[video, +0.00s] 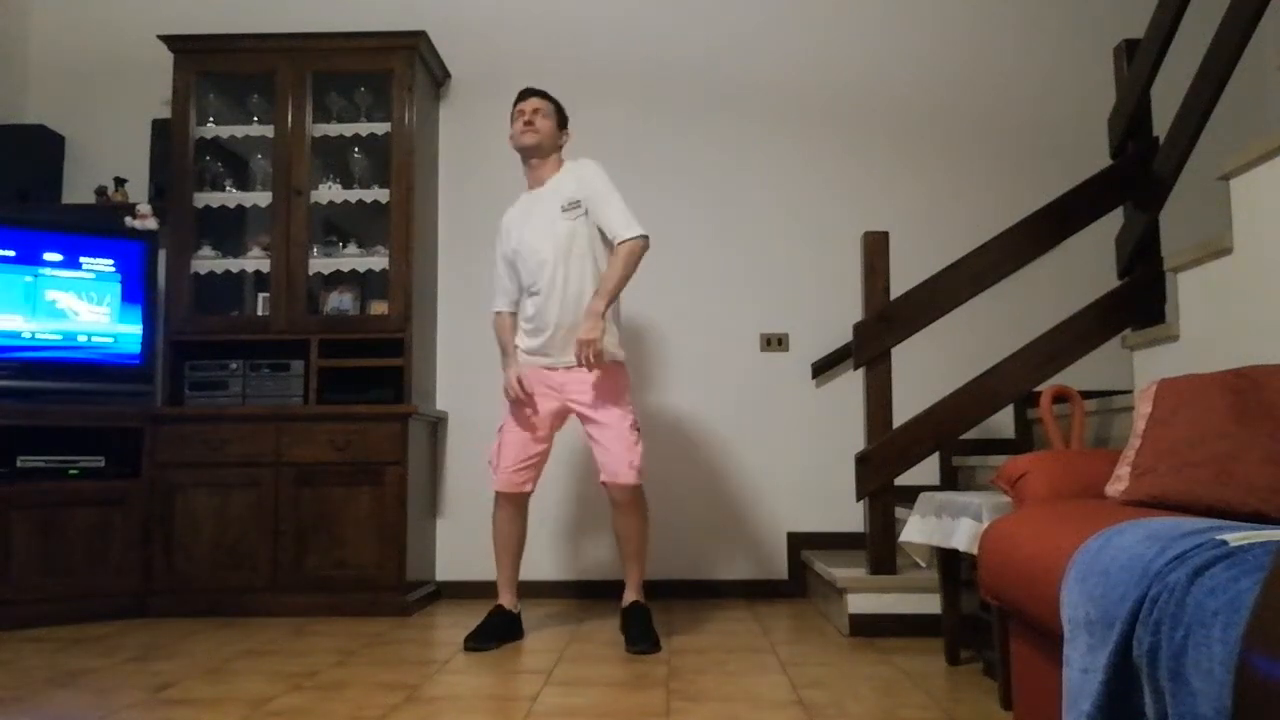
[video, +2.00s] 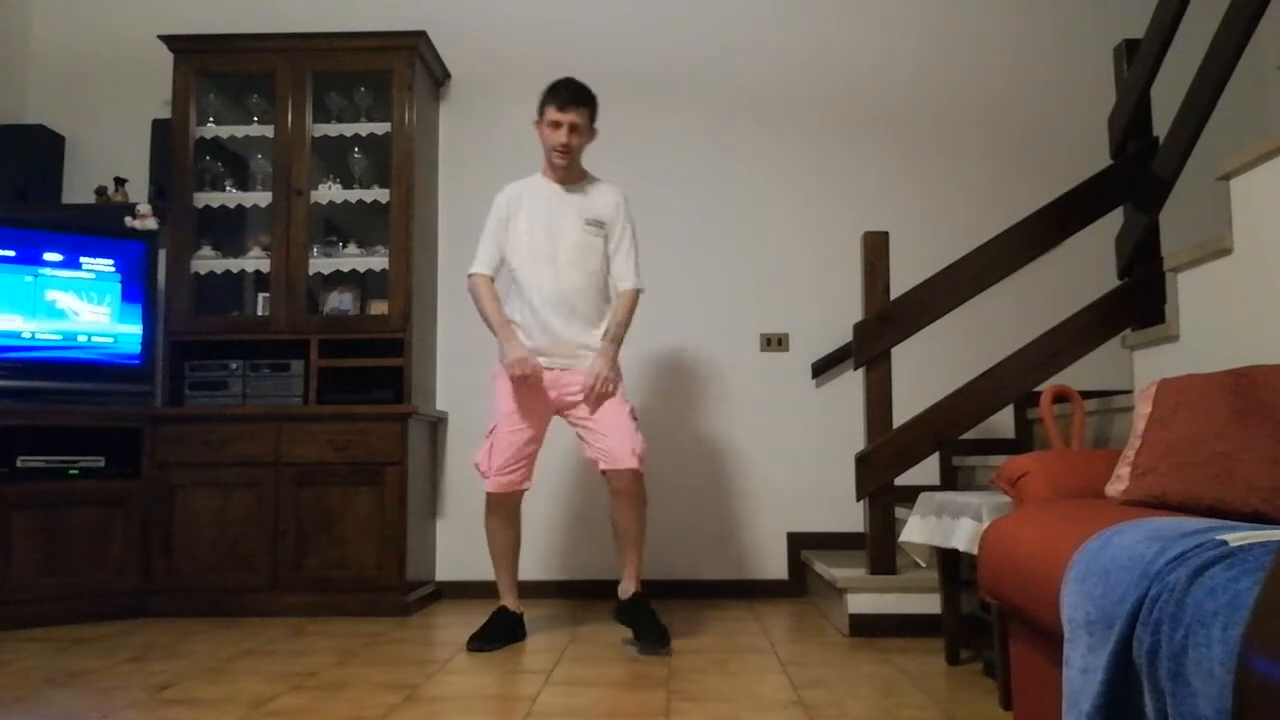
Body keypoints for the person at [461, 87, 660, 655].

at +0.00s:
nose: (526, 120)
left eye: (538, 114)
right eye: (518, 116)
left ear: (562, 134)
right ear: (511, 138)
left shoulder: (583, 176)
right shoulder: (512, 220)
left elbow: (633, 242)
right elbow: (503, 306)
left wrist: (595, 313)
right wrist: (509, 357)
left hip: (596, 364)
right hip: (535, 370)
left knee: (624, 479)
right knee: (508, 485)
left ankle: (634, 601)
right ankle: (506, 608)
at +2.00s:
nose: (562, 137)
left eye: (574, 128)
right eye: (554, 126)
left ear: (589, 134)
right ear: (538, 127)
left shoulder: (608, 200)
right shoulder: (512, 198)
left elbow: (628, 287)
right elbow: (480, 277)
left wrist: (609, 350)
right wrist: (508, 339)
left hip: (591, 368)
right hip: (524, 368)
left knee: (627, 469)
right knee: (501, 485)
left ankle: (632, 597)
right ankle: (508, 609)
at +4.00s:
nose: (604, 154)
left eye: (613, 142)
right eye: (594, 143)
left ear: (635, 137)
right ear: (583, 141)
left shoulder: (651, 214)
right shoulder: (561, 191)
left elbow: (655, 299)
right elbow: (504, 257)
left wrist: (615, 356)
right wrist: (522, 337)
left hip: (617, 371)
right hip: (547, 367)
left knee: (635, 489)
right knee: (501, 478)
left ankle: (638, 610)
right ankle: (483, 604)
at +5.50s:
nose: (558, 125)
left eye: (571, 118)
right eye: (551, 114)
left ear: (589, 125)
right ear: (537, 115)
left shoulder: (604, 180)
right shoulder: (510, 196)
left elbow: (651, 258)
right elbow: (476, 269)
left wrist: (636, 334)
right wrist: (487, 303)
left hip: (595, 362)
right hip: (526, 366)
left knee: (631, 469)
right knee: (506, 482)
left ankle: (646, 599)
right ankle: (517, 611)